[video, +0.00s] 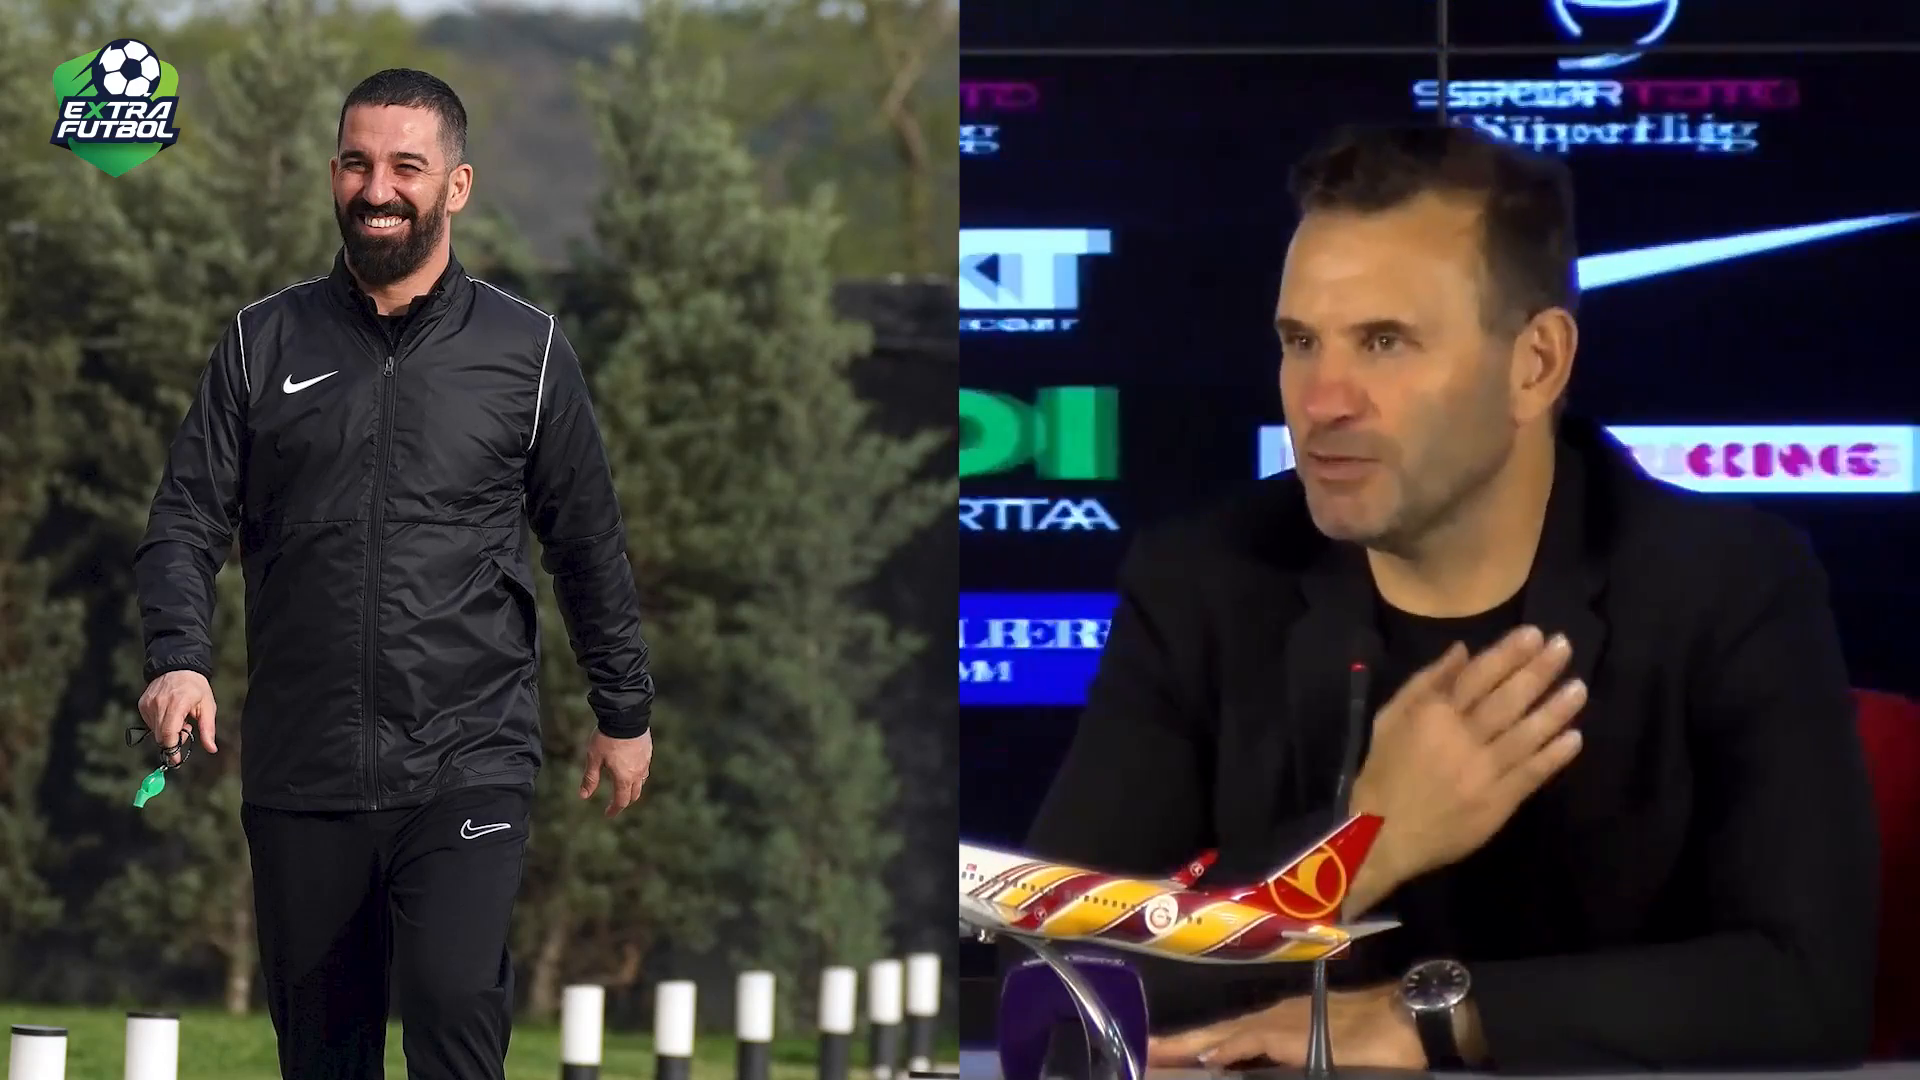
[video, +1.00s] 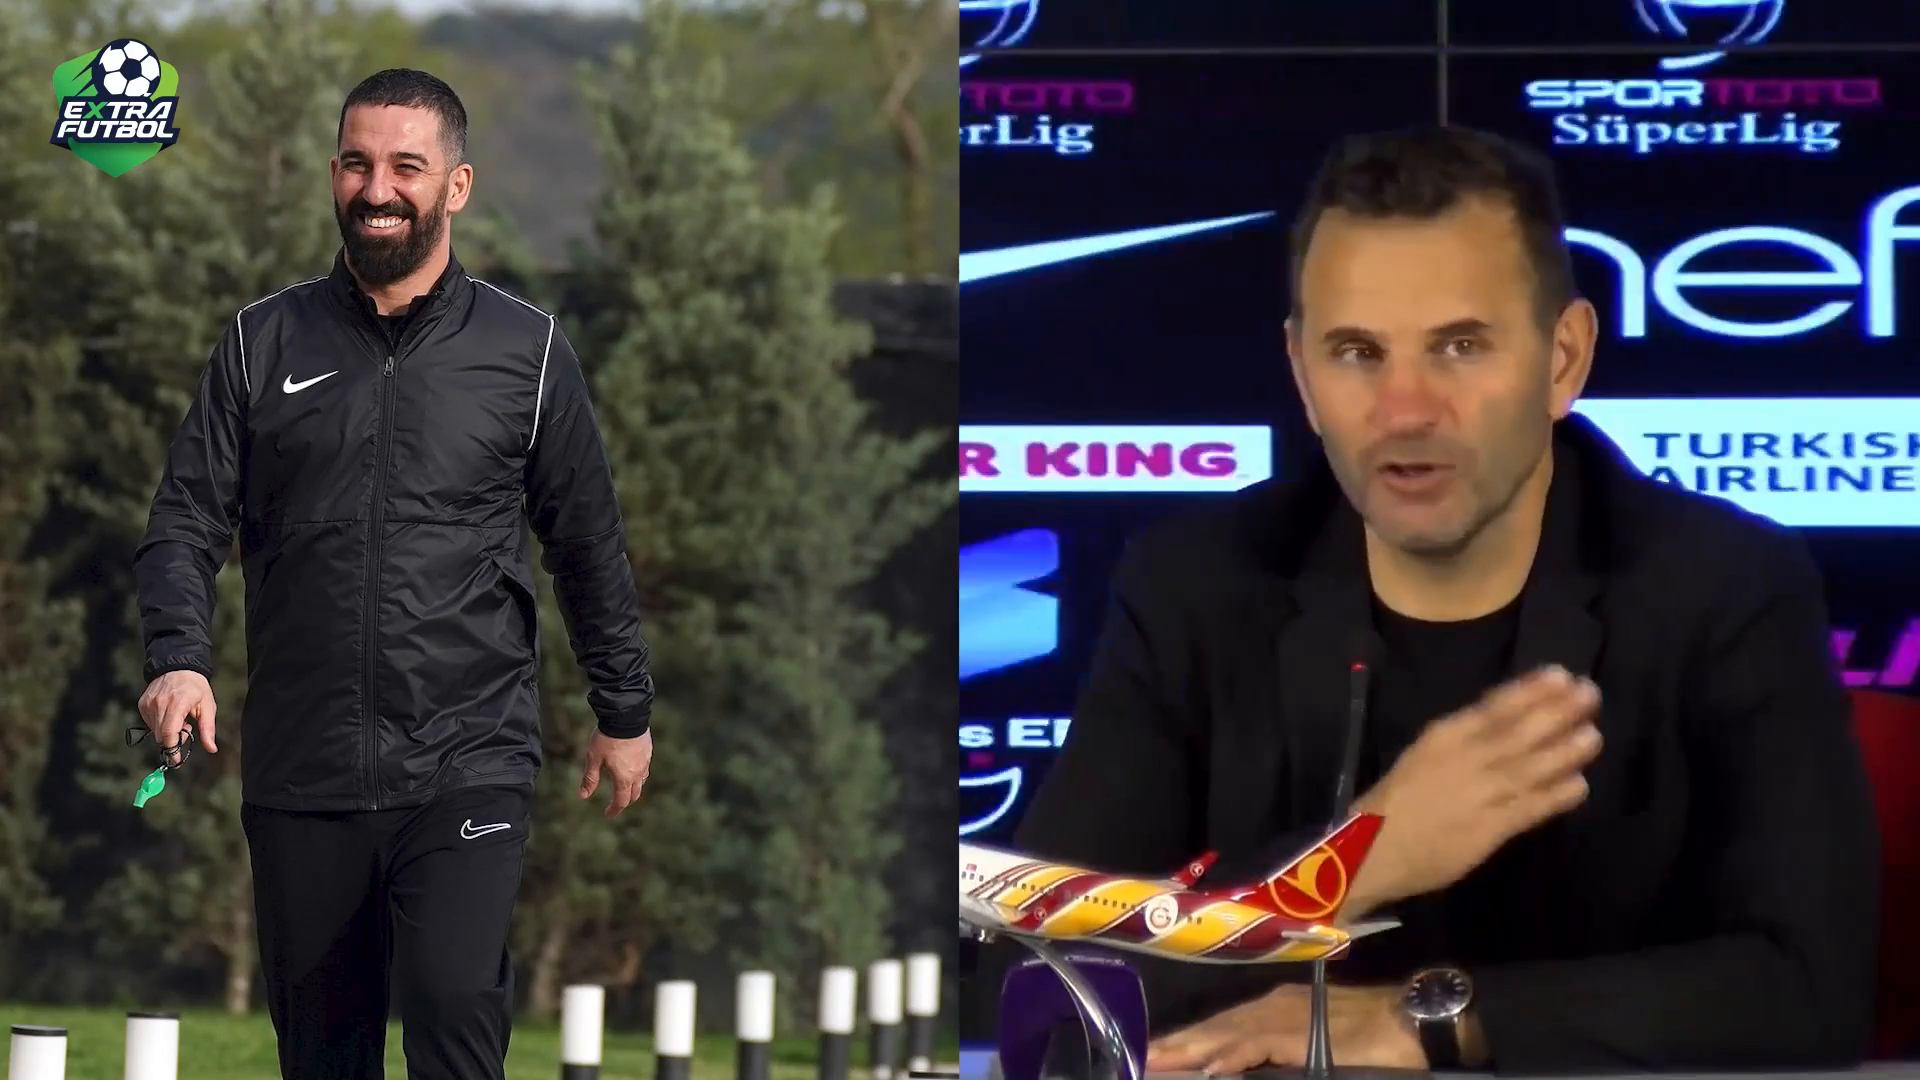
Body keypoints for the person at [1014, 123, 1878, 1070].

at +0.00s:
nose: (1321, 399)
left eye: (1384, 343)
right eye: (1301, 342)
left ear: (1537, 363)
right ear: (1277, 348)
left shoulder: (1733, 590)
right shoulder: (1200, 585)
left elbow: (1810, 992)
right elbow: (1048, 973)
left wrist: (1434, 1017)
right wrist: (1361, 844)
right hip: (1257, 1079)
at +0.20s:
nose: (1321, 393)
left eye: (1384, 338)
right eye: (1300, 337)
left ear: (1536, 361)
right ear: (1278, 347)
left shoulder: (1728, 590)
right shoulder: (1196, 586)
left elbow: (1814, 994)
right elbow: (1046, 953)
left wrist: (1432, 1019)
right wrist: (1365, 879)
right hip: (1248, 1079)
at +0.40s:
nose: (1349, 392)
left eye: (1415, 338)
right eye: (1323, 336)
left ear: (1555, 364)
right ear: (1294, 342)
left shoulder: (1729, 591)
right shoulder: (1197, 584)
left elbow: (1809, 991)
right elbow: (1032, 958)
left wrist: (1430, 1026)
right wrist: (1348, 937)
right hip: (1242, 1073)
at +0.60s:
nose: (1357, 399)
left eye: (1423, 343)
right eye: (1329, 339)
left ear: (1557, 371)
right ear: (1295, 347)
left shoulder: (1731, 596)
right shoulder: (1192, 586)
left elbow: (1806, 989)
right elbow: (1032, 963)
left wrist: (1436, 1024)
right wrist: (1345, 958)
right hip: (1246, 1075)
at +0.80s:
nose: (1384, 395)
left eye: (1448, 338)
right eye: (1347, 336)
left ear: (1564, 364)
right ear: (1304, 351)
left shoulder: (1727, 593)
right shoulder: (1189, 585)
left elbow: (1809, 990)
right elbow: (1034, 963)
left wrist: (1432, 1027)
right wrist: (1352, 938)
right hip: (1241, 1075)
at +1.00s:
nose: (1404, 405)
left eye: (1461, 345)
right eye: (1358, 351)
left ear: (1566, 355)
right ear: (1300, 367)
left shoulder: (1729, 593)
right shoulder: (1193, 588)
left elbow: (1810, 993)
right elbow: (1049, 981)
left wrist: (1432, 1020)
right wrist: (1357, 858)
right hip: (1252, 1077)